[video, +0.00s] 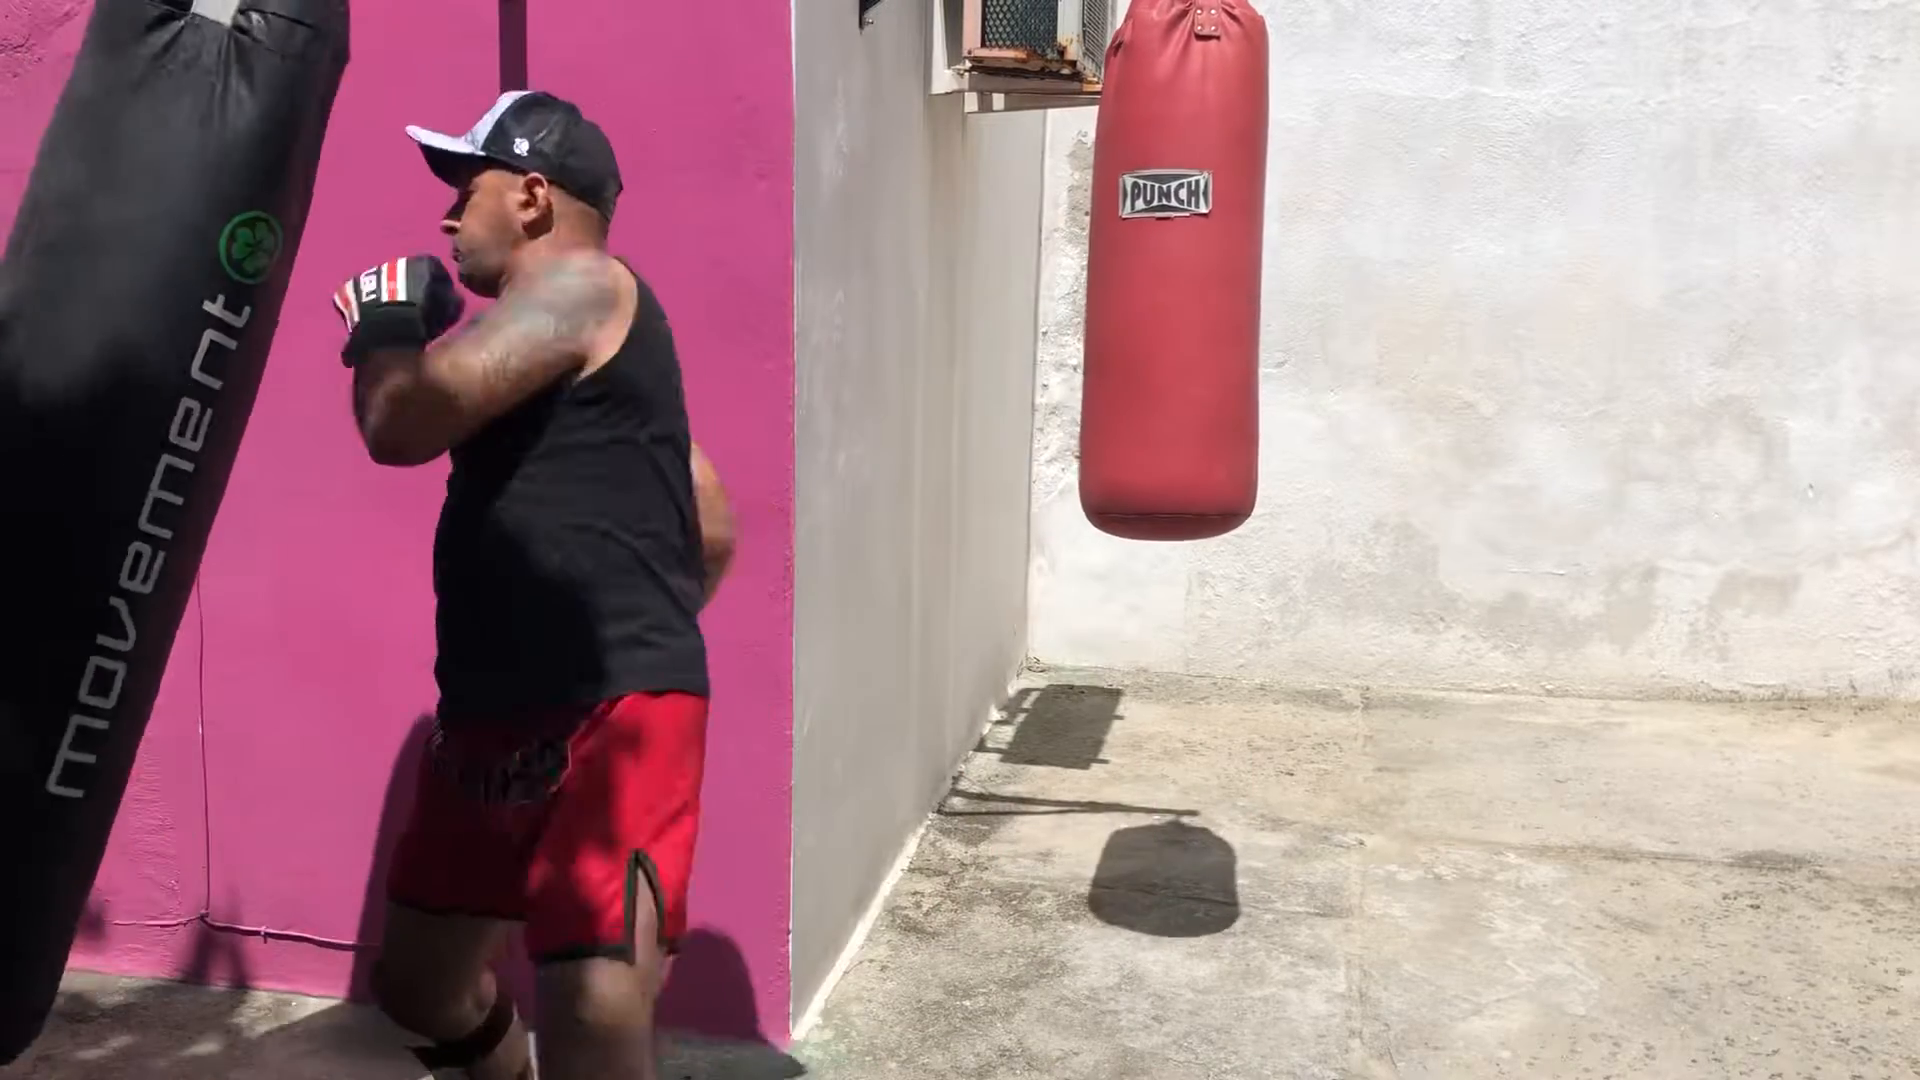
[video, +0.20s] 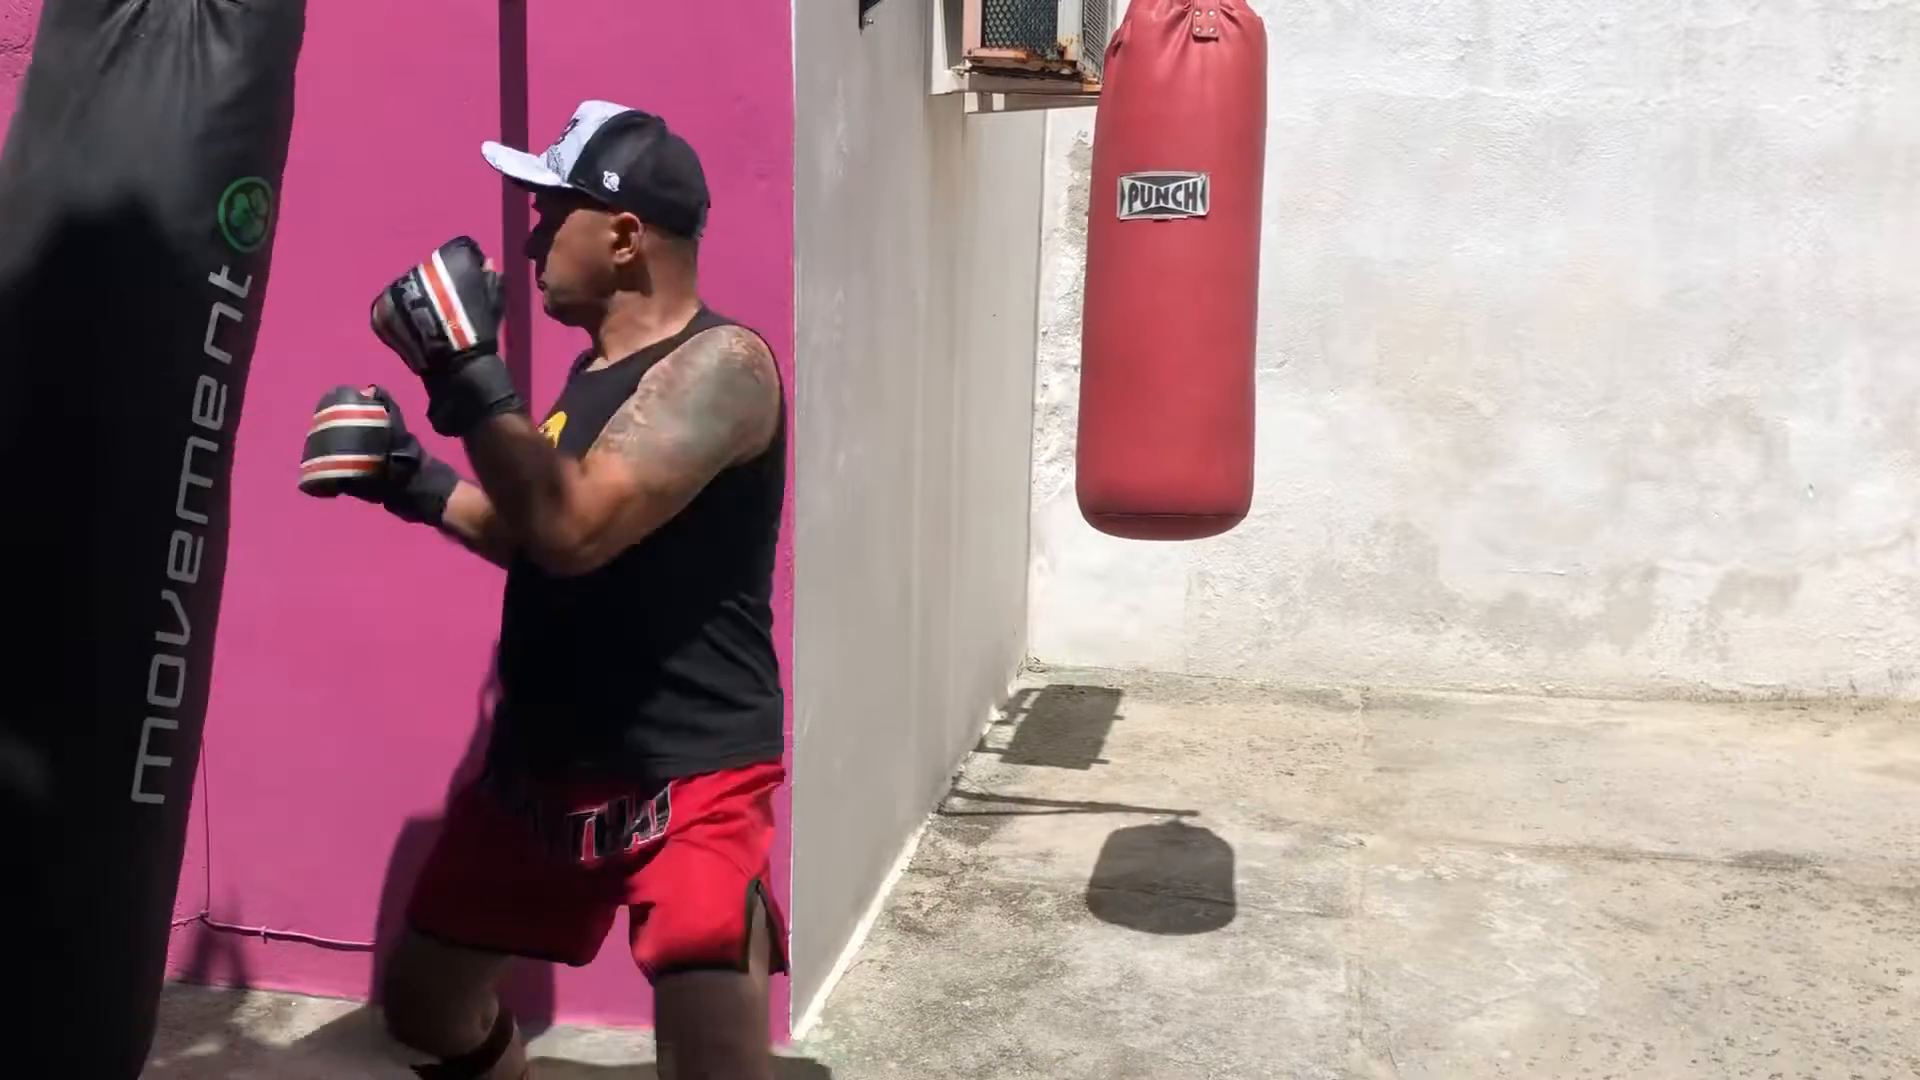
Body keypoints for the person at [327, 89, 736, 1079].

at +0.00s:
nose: (448, 208)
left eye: (467, 184)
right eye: (455, 187)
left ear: (533, 199)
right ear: (537, 202)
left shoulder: (585, 284)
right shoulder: (583, 328)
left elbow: (402, 424)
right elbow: (709, 530)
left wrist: (384, 327)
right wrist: (623, 654)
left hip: (617, 705)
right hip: (501, 702)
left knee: (596, 1023)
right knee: (425, 989)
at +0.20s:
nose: (532, 236)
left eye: (553, 212)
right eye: (539, 211)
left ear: (624, 236)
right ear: (623, 238)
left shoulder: (726, 367)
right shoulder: (593, 374)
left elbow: (571, 530)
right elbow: (541, 541)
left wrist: (466, 372)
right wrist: (414, 479)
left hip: (693, 763)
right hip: (548, 750)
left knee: (709, 1041)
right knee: (428, 1001)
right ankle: (496, 1063)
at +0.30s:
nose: (595, 211)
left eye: (614, 189)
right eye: (597, 189)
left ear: (684, 205)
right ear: (681, 206)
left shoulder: (789, 337)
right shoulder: (655, 339)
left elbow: (605, 485)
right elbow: (592, 439)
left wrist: (549, 289)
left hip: (749, 756)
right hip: (603, 740)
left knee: (751, 1056)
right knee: (504, 998)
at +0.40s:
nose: (661, 192)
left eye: (676, 164)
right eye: (656, 162)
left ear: (760, 159)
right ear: (748, 160)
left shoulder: (869, 299)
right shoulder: (692, 266)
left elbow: (686, 435)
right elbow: (560, 326)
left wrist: (650, 241)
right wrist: (409, 266)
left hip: (813, 700)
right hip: (656, 692)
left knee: (803, 1001)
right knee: (574, 955)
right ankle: (674, 1058)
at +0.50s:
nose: (726, 140)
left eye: (751, 120)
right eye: (729, 118)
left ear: (828, 144)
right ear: (817, 144)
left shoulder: (916, 296)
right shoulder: (741, 241)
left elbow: (732, 437)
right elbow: (564, 279)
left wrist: (683, 246)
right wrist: (397, 239)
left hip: (844, 679)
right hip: (694, 661)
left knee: (857, 1014)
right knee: (639, 944)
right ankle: (764, 1070)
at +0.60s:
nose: (816, 156)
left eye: (841, 136)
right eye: (822, 131)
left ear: (924, 166)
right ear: (913, 166)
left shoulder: (994, 322)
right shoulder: (853, 265)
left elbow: (795, 463)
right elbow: (731, 335)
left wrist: (733, 273)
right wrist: (587, 256)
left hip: (936, 715)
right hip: (802, 692)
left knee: (973, 1044)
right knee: (766, 962)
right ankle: (830, 1070)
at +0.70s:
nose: (857, 182)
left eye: (881, 156)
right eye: (865, 153)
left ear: (963, 173)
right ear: (960, 175)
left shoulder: (1048, 320)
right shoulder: (943, 282)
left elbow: (860, 493)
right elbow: (886, 394)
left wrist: (769, 315)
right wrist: (749, 316)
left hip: (1019, 733)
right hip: (899, 703)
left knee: (1041, 1038)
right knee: (839, 944)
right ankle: (864, 1071)